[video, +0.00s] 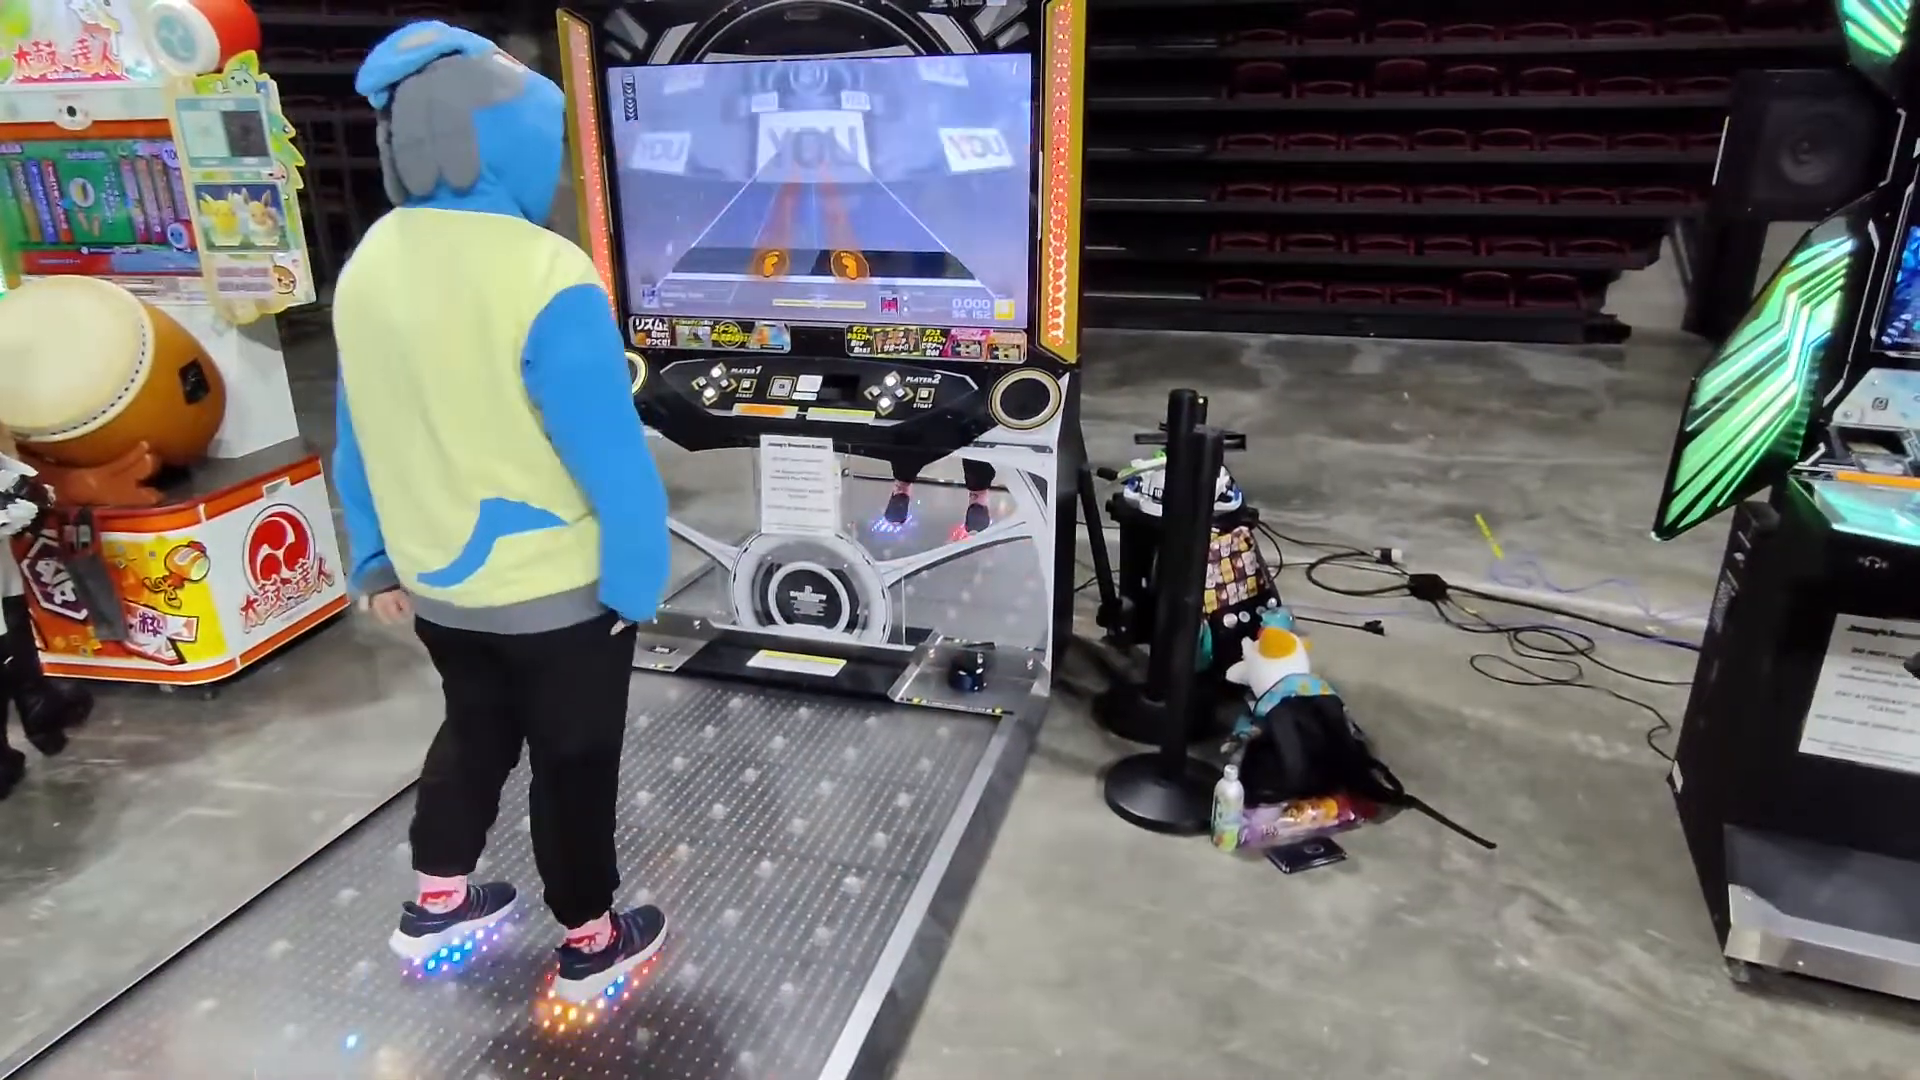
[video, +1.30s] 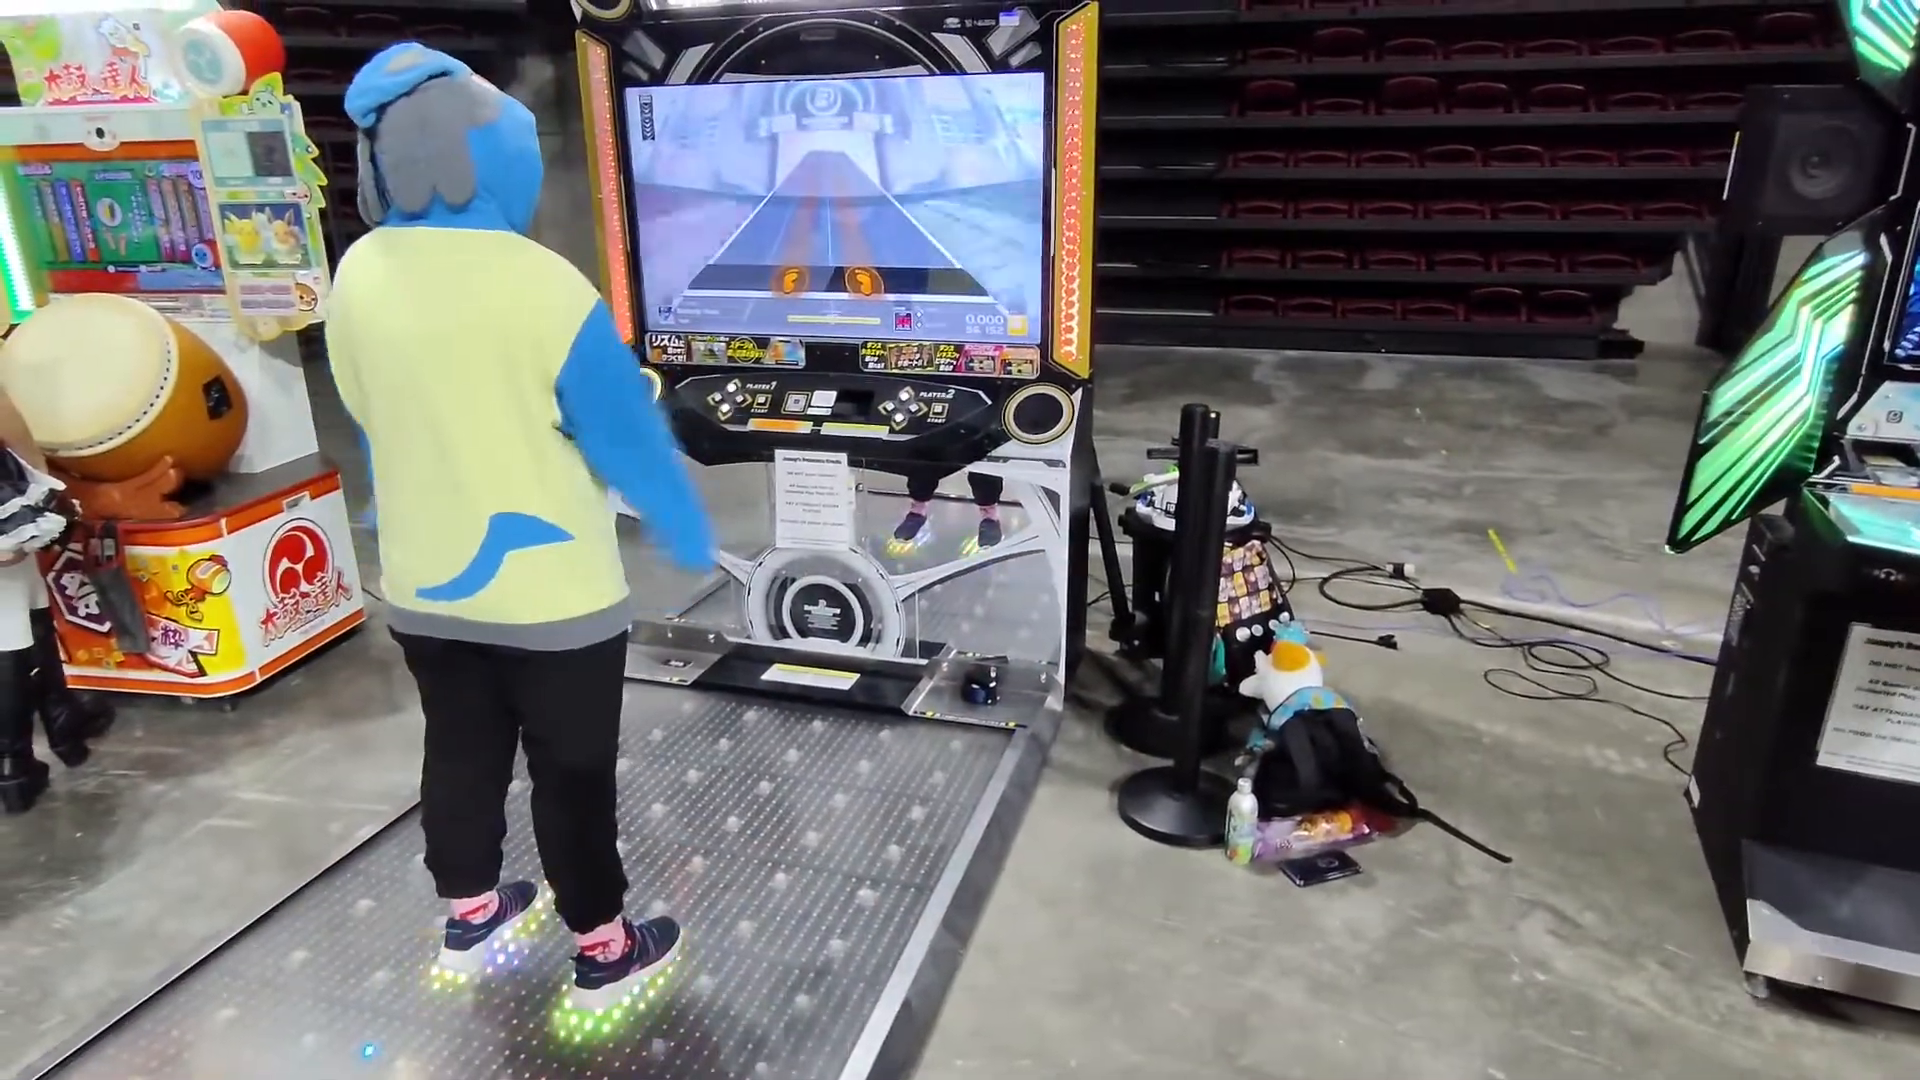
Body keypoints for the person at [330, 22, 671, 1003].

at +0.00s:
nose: (551, 152)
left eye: (544, 132)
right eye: (538, 134)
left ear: (424, 151)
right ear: (502, 144)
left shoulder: (368, 267)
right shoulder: (546, 272)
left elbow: (356, 431)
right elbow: (609, 445)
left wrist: (374, 553)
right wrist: (638, 575)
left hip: (440, 589)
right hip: (555, 591)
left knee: (474, 729)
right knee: (574, 764)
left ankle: (436, 899)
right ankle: (591, 935)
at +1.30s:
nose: (527, 161)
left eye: (515, 144)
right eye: (512, 145)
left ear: (400, 171)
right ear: (483, 161)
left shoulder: (359, 275)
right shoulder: (546, 289)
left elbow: (370, 407)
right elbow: (630, 438)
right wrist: (692, 541)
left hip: (425, 589)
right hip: (558, 595)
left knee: (461, 743)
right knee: (573, 768)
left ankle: (468, 911)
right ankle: (601, 942)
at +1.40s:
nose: (531, 167)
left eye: (521, 149)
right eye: (518, 151)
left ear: (401, 177)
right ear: (496, 167)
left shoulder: (362, 274)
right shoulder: (552, 294)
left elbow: (356, 423)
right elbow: (667, 407)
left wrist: (371, 464)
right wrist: (755, 479)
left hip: (429, 594)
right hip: (558, 601)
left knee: (461, 753)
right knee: (573, 773)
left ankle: (469, 911)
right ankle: (602, 943)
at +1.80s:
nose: (552, 179)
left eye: (545, 160)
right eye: (539, 160)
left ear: (422, 179)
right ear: (501, 173)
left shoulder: (381, 284)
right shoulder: (557, 299)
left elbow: (362, 433)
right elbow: (668, 434)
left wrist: (397, 520)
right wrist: (766, 537)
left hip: (446, 600)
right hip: (572, 608)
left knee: (475, 761)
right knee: (585, 778)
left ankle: (482, 917)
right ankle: (611, 949)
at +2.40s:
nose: (569, 191)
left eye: (564, 173)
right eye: (554, 174)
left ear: (449, 187)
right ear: (513, 184)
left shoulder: (406, 295)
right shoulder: (570, 314)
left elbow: (424, 442)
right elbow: (654, 470)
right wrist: (716, 581)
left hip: (466, 607)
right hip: (589, 615)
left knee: (496, 759)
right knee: (603, 784)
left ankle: (495, 919)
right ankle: (622, 957)